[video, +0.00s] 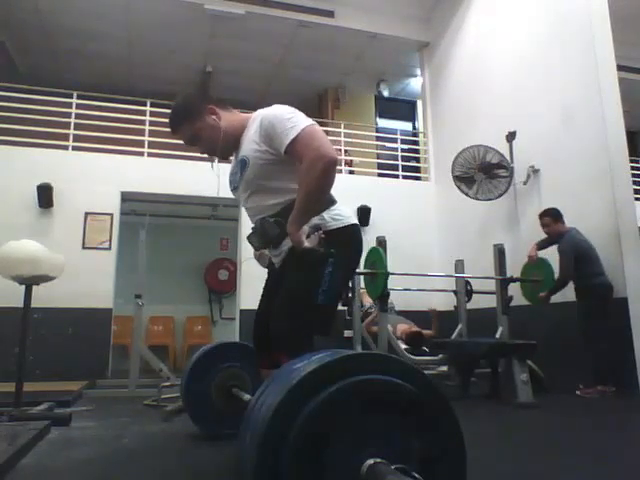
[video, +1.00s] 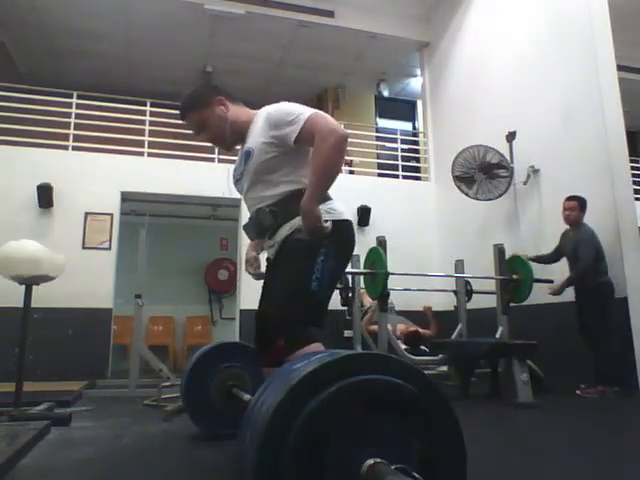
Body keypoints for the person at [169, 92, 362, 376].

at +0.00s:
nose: (200, 150)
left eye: (196, 139)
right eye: (192, 146)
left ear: (213, 115)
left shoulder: (272, 117)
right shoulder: (238, 168)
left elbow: (322, 158)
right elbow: (270, 212)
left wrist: (295, 225)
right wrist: (264, 245)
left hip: (326, 238)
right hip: (293, 252)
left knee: (292, 334)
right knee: (265, 337)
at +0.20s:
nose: (200, 152)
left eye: (196, 141)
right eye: (192, 147)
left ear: (212, 116)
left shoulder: (269, 117)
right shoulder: (237, 171)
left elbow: (320, 157)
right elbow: (273, 212)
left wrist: (296, 226)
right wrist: (266, 245)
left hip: (330, 238)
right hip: (295, 251)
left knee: (296, 331)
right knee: (264, 333)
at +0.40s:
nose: (201, 155)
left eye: (196, 143)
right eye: (193, 150)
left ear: (212, 118)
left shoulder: (269, 119)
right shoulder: (240, 170)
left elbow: (320, 157)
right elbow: (271, 216)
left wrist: (299, 232)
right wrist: (265, 251)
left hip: (330, 239)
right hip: (297, 250)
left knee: (297, 335)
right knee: (266, 335)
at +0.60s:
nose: (203, 152)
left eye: (198, 142)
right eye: (195, 148)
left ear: (214, 116)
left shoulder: (272, 118)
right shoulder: (243, 168)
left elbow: (312, 166)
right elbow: (272, 218)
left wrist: (291, 244)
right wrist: (250, 262)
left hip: (332, 236)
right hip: (297, 249)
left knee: (301, 335)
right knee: (267, 335)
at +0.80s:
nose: (203, 145)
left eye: (200, 134)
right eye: (196, 140)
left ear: (218, 112)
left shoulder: (272, 118)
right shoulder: (242, 169)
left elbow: (316, 154)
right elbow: (267, 217)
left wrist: (297, 228)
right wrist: (248, 259)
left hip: (326, 236)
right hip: (290, 249)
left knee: (301, 334)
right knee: (267, 335)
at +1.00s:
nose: (205, 138)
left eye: (203, 127)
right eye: (198, 133)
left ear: (222, 106)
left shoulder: (271, 117)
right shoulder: (241, 168)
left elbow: (332, 135)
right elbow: (265, 211)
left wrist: (310, 205)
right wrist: (254, 249)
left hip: (319, 231)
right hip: (286, 245)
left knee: (289, 325)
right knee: (268, 335)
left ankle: (333, 402)